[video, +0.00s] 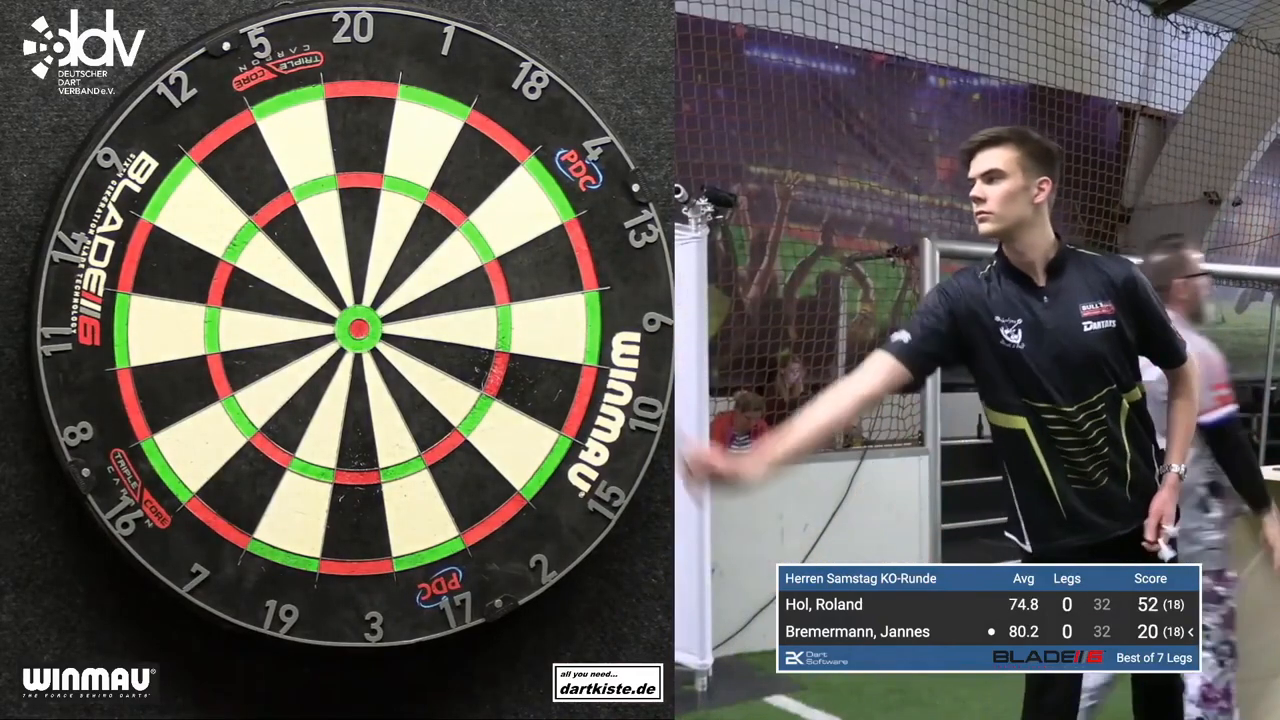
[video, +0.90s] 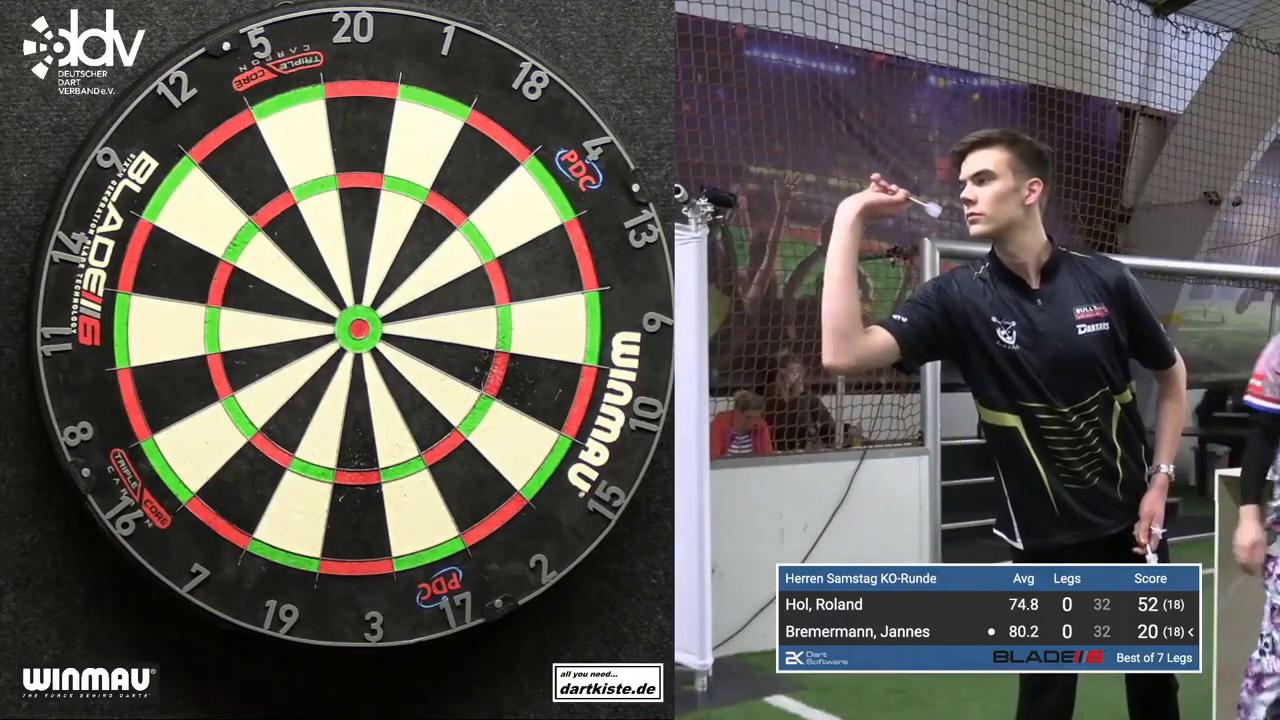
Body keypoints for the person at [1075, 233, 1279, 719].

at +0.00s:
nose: (1209, 284)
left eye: (1205, 275)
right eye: (1200, 276)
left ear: (1164, 288)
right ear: (1179, 286)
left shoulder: (1128, 345)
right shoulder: (1196, 352)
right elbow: (1225, 438)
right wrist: (1264, 508)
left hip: (1137, 504)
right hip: (1195, 511)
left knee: (1113, 629)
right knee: (1211, 626)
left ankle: (1080, 703)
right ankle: (1209, 709)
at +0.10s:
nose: (1239, 283)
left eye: (1236, 274)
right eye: (1231, 275)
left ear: (1186, 284)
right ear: (1212, 284)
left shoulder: (1152, 341)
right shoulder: (1227, 349)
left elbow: (1136, 434)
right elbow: (1239, 447)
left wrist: (1144, 507)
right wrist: (1261, 519)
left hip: (1157, 526)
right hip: (1217, 531)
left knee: (1142, 657)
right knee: (1224, 653)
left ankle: (1103, 714)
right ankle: (1218, 716)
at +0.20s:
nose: (1258, 283)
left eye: (1256, 273)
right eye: (1252, 274)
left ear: (1207, 284)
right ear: (1229, 284)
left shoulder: (1179, 339)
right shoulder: (1235, 344)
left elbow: (1158, 429)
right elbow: (1240, 437)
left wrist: (1163, 505)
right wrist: (1256, 519)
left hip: (1187, 524)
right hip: (1226, 528)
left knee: (1207, 650)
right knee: (1231, 656)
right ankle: (1221, 715)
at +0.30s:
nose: (1276, 282)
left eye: (1273, 272)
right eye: (1270, 273)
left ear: (1232, 283)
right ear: (1244, 283)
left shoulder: (1209, 336)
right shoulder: (1239, 337)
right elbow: (1234, 421)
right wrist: (1260, 515)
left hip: (1206, 530)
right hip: (1232, 534)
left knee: (1219, 667)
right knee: (1232, 671)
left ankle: (1212, 713)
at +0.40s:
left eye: (1279, 274)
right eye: (1278, 274)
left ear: (1256, 284)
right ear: (1258, 284)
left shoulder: (1255, 336)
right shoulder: (1242, 339)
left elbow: (1242, 429)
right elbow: (1239, 427)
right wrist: (1266, 508)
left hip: (1252, 537)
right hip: (1236, 540)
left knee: (1254, 667)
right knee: (1234, 671)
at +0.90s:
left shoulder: (1275, 354)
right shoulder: (1277, 353)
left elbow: (1261, 432)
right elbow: (1261, 432)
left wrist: (1251, 513)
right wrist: (1249, 513)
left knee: (1274, 646)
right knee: (1274, 650)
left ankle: (1256, 709)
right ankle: (1256, 710)